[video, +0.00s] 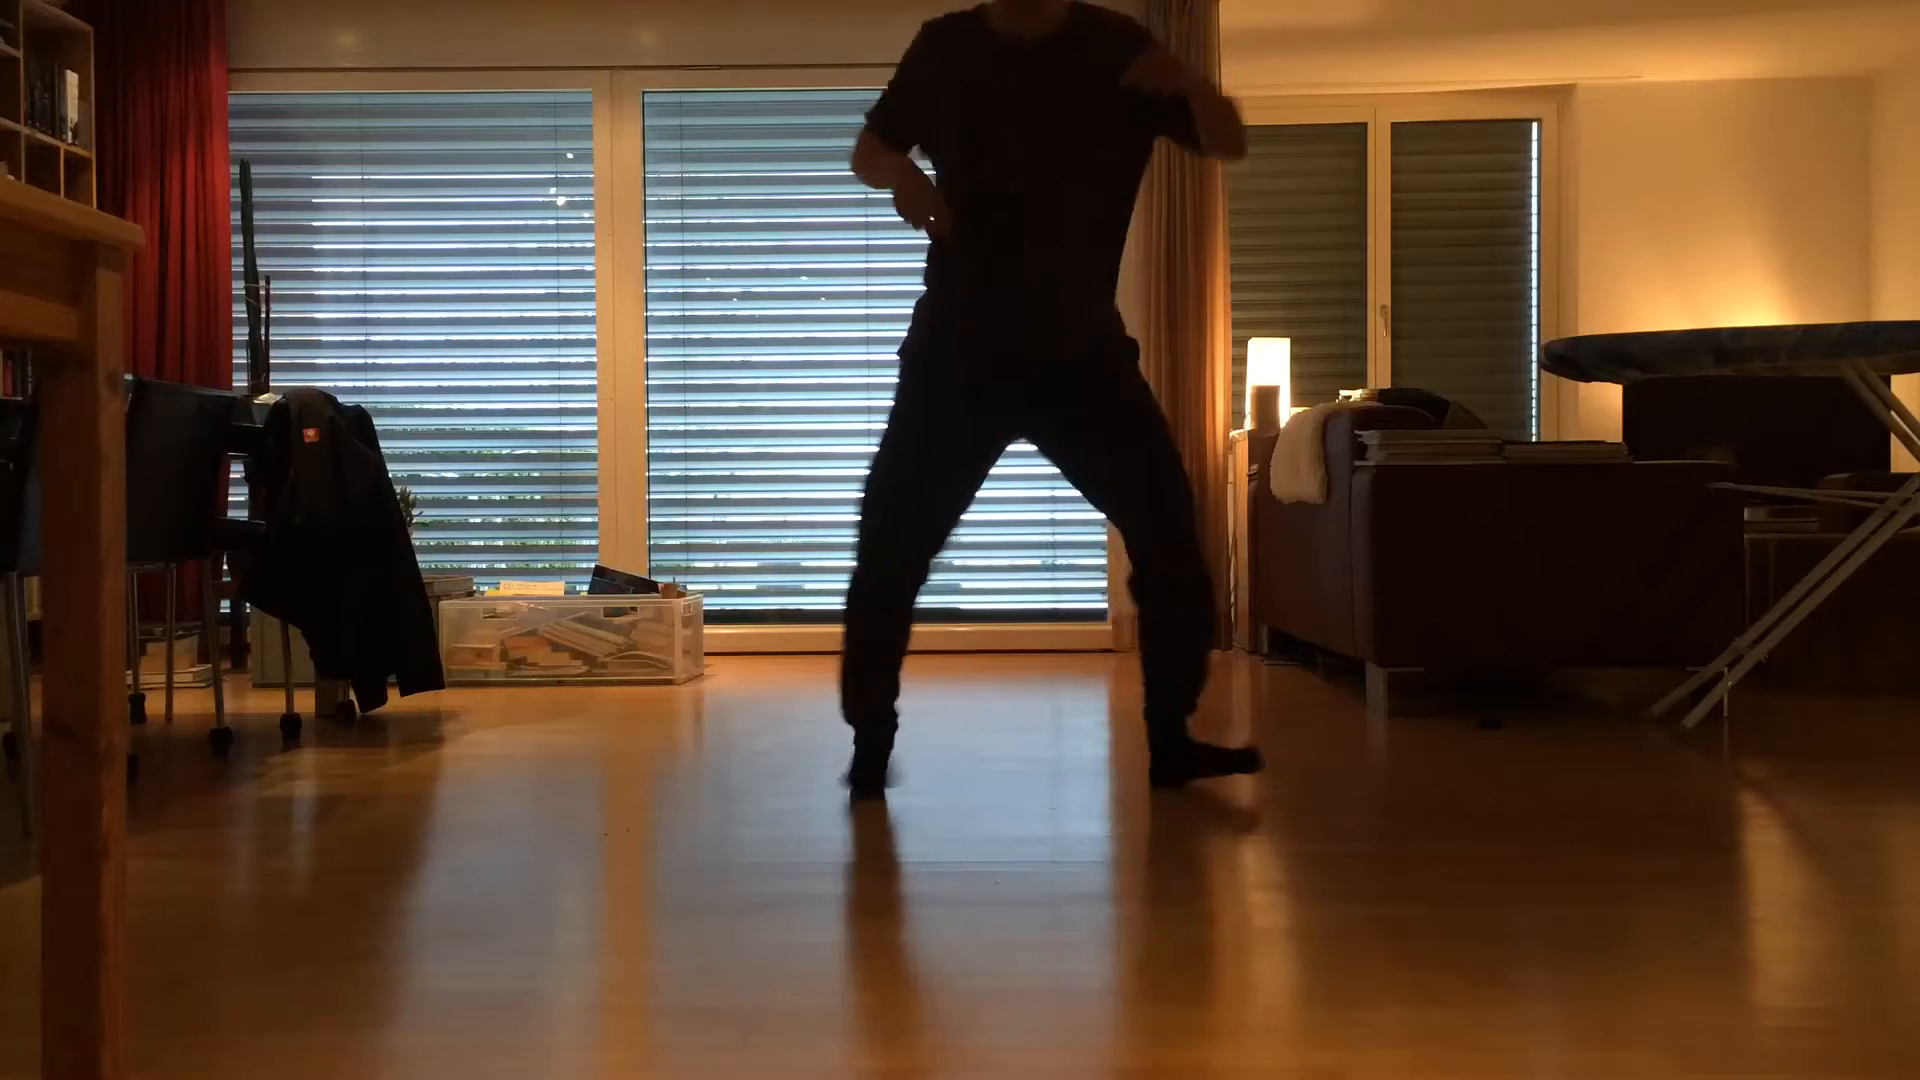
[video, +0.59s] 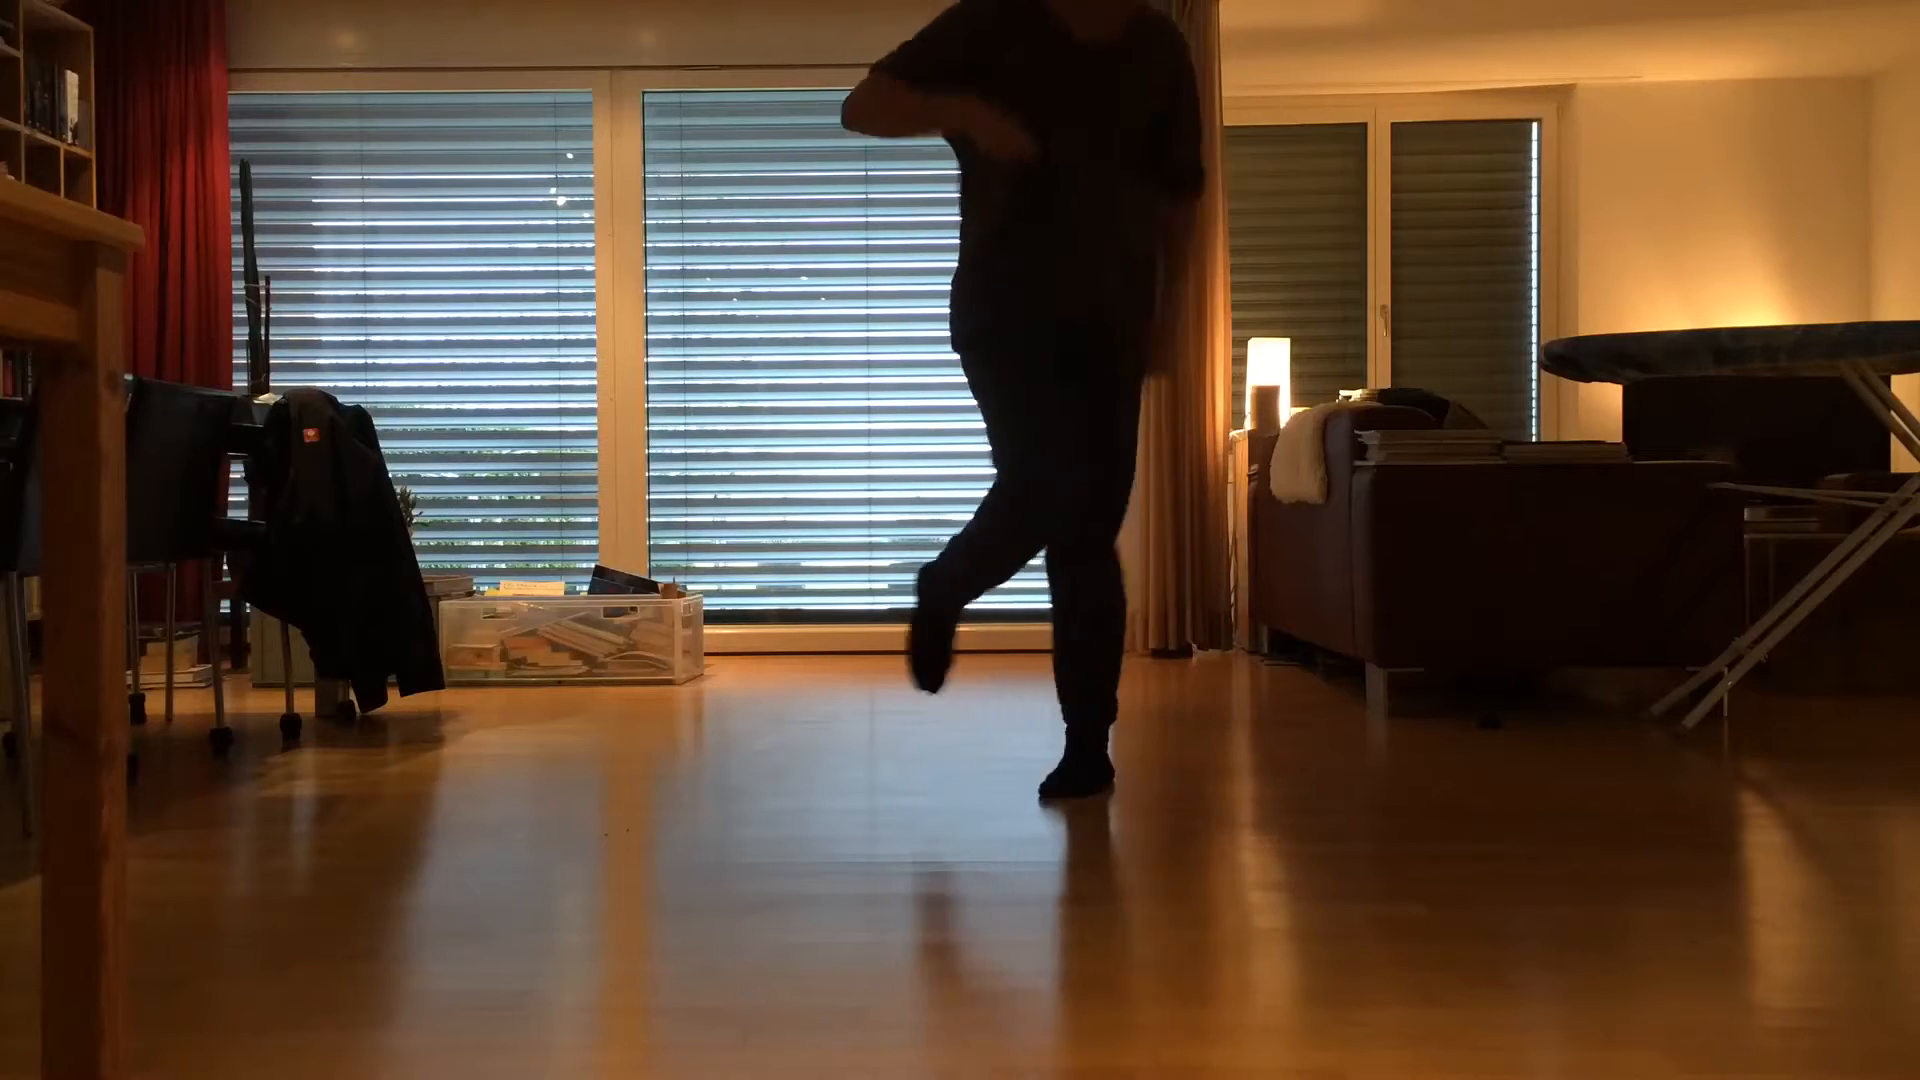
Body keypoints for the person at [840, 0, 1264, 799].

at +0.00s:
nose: (1022, 10)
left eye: (1036, 5)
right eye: (1011, 6)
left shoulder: (1125, 49)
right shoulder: (949, 44)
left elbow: (1228, 146)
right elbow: (872, 151)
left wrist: (1191, 84)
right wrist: (913, 185)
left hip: (1081, 350)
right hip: (960, 350)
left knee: (1168, 534)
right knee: (890, 547)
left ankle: (1171, 739)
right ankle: (870, 739)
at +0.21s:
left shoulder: (1136, 29)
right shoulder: (951, 20)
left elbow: (1252, 107)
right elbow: (844, 90)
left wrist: (1204, 109)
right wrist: (879, 136)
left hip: (1094, 335)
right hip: (978, 337)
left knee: (1120, 542)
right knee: (971, 544)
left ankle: (1128, 741)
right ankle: (966, 741)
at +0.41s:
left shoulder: (1145, 28)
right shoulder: (975, 11)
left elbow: (1211, 155)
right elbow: (868, 90)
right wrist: (930, 124)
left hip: (1092, 320)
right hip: (982, 318)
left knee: (1128, 527)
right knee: (978, 524)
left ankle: (1151, 735)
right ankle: (956, 713)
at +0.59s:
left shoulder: (1159, 44)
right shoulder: (993, 20)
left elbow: (1181, 196)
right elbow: (864, 104)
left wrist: (1168, 319)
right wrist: (962, 113)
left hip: (1109, 317)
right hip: (1004, 311)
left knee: (1089, 533)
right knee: (1040, 488)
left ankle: (1087, 744)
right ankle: (941, 590)